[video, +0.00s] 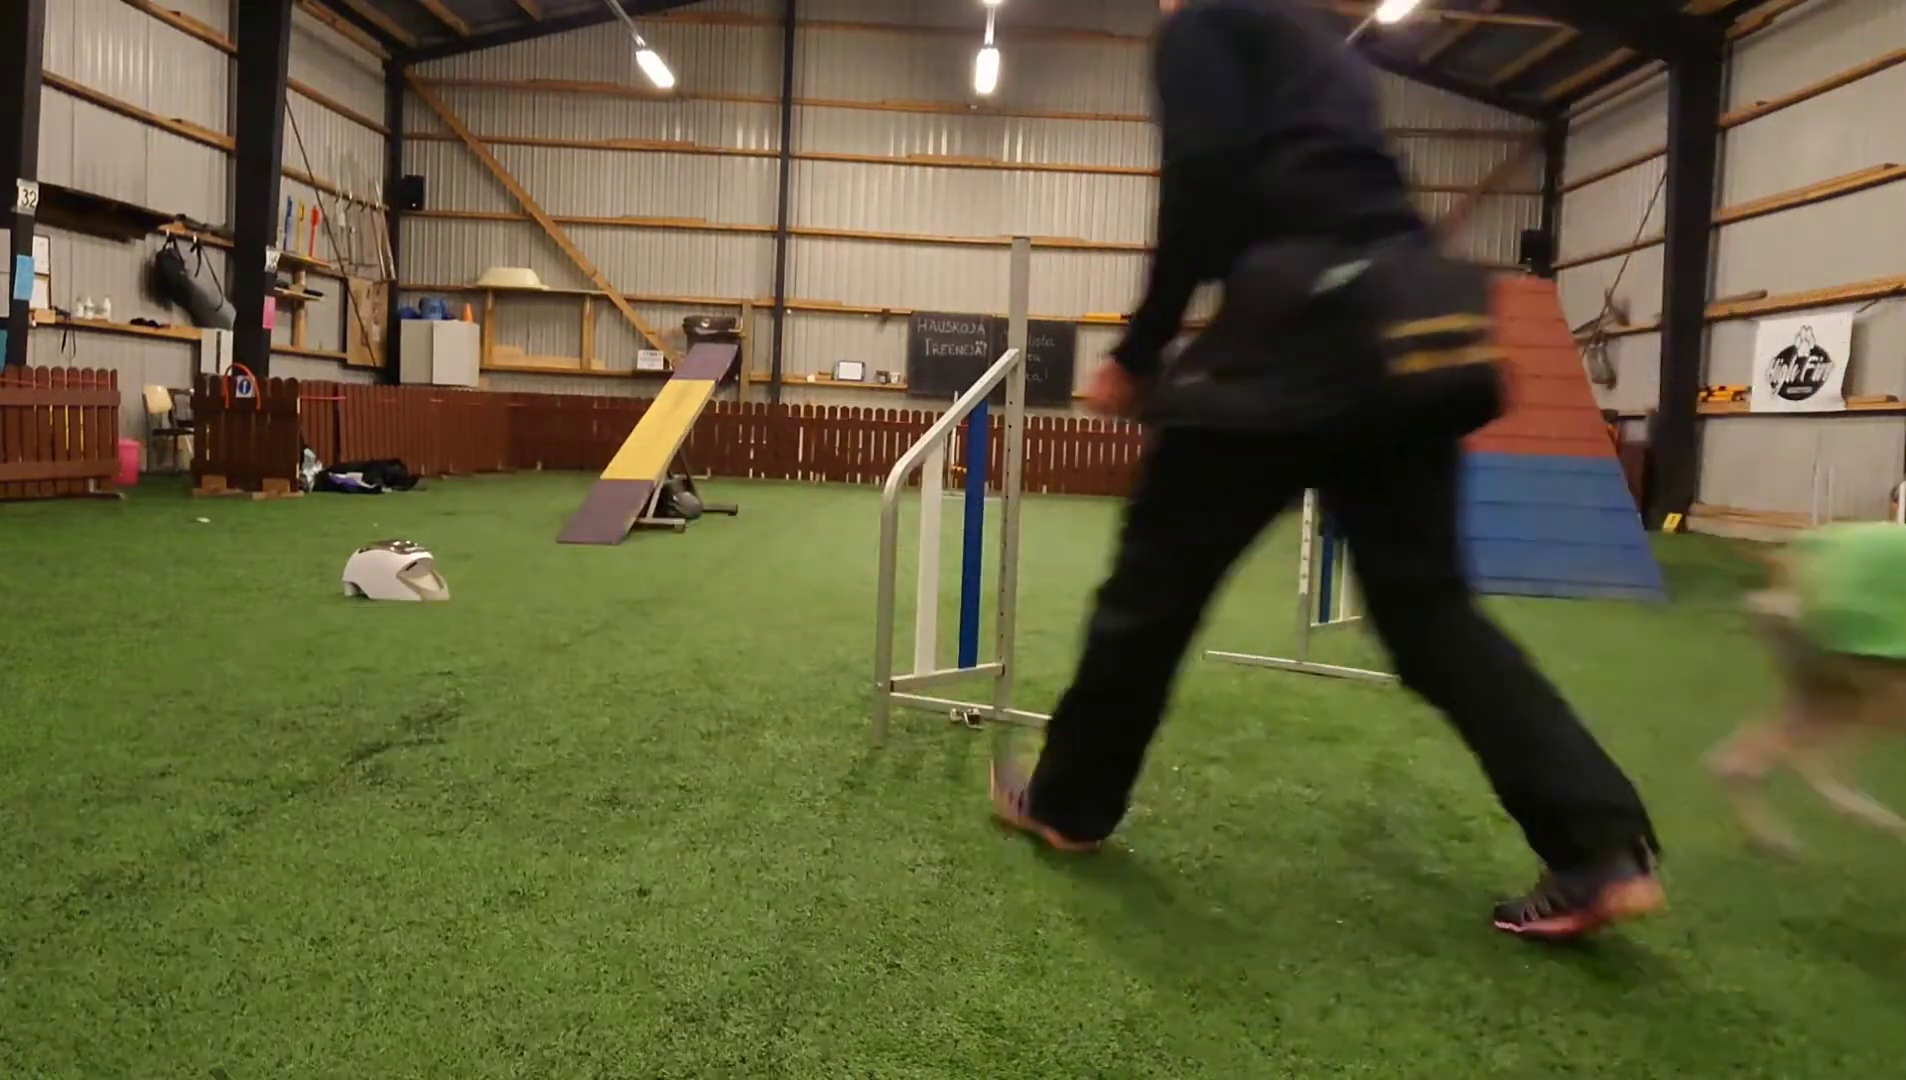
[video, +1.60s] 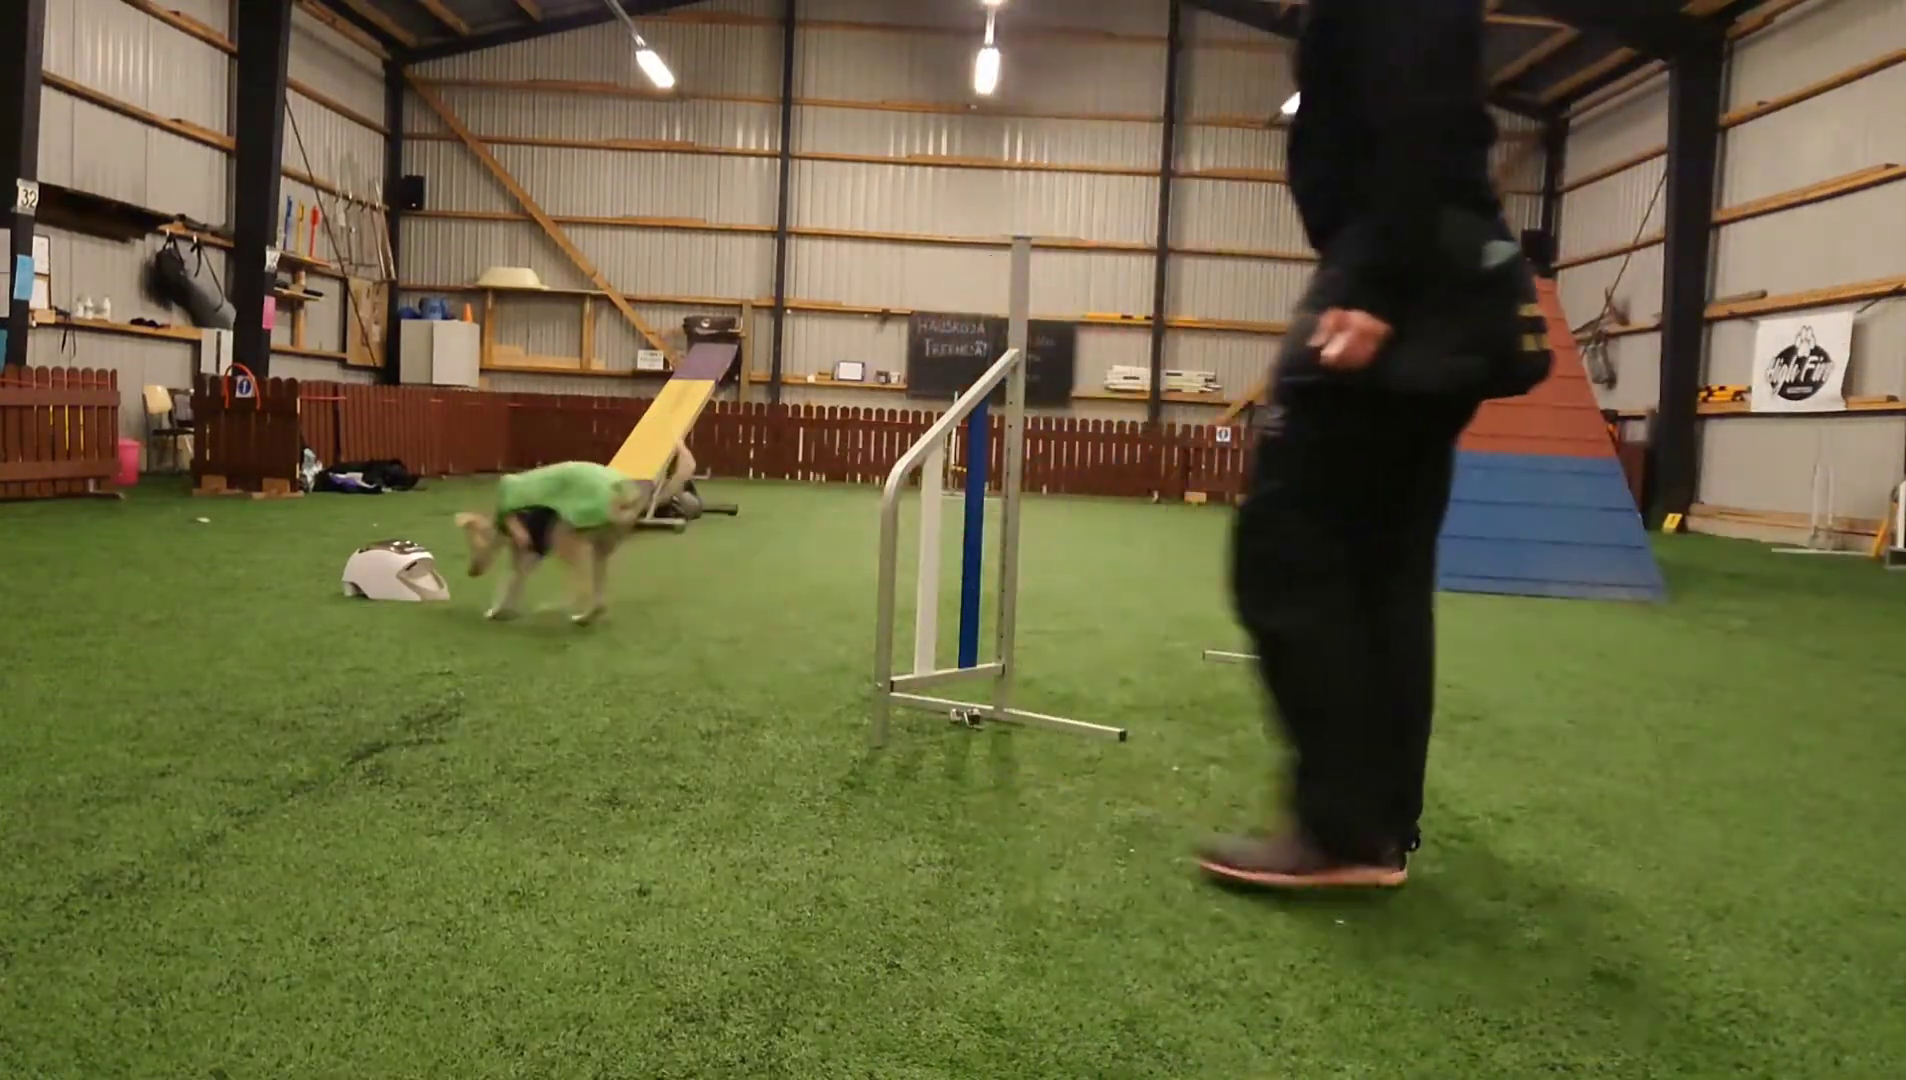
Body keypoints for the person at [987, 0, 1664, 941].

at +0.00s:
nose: (1153, 8)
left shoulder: (1198, 29)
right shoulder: (1326, 45)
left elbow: (1201, 185)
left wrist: (1136, 353)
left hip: (1280, 351)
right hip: (1413, 350)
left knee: (1153, 587)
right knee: (1429, 616)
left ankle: (1070, 804)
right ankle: (1605, 851)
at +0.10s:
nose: (1105, 20)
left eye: (1107, 11)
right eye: (1108, 15)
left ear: (1129, 5)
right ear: (1211, 4)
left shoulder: (1130, 52)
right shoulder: (1266, 67)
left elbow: (1118, 206)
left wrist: (1046, 370)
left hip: (1210, 349)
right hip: (1343, 354)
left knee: (1081, 563)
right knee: (1325, 615)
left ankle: (1053, 799)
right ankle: (1534, 783)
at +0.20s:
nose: (1076, 20)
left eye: (1080, 15)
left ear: (1100, 9)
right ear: (1190, 11)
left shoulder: (1092, 52)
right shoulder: (1242, 77)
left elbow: (1066, 202)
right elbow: (1275, 223)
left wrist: (997, 370)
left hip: (1181, 332)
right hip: (1317, 341)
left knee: (1074, 555)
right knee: (1251, 580)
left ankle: (1054, 797)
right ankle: (1420, 777)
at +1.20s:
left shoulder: (1181, 12)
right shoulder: (1289, 19)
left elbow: (1184, 164)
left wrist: (1092, 302)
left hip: (1193, 317)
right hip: (1293, 321)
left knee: (1103, 548)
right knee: (1254, 563)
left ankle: (1060, 792)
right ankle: (1352, 797)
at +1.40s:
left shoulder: (1291, 19)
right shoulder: (1348, 24)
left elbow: (1316, 155)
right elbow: (1352, 173)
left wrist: (1256, 309)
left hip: (1290, 349)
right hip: (1356, 351)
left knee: (1184, 558)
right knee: (1323, 585)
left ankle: (1109, 791)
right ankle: (1364, 824)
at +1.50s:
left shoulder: (1348, 16)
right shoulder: (1384, 20)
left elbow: (1370, 140)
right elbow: (1395, 145)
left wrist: (1322, 295)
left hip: (1342, 316)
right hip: (1394, 320)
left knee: (1227, 535)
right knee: (1353, 571)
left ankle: (1192, 813)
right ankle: (1367, 827)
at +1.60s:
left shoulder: (1383, 19)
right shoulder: (1423, 25)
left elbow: (1413, 128)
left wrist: (1371, 287)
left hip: (1379, 311)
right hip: (1429, 317)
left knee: (1283, 557)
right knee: (1385, 572)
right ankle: (1378, 828)